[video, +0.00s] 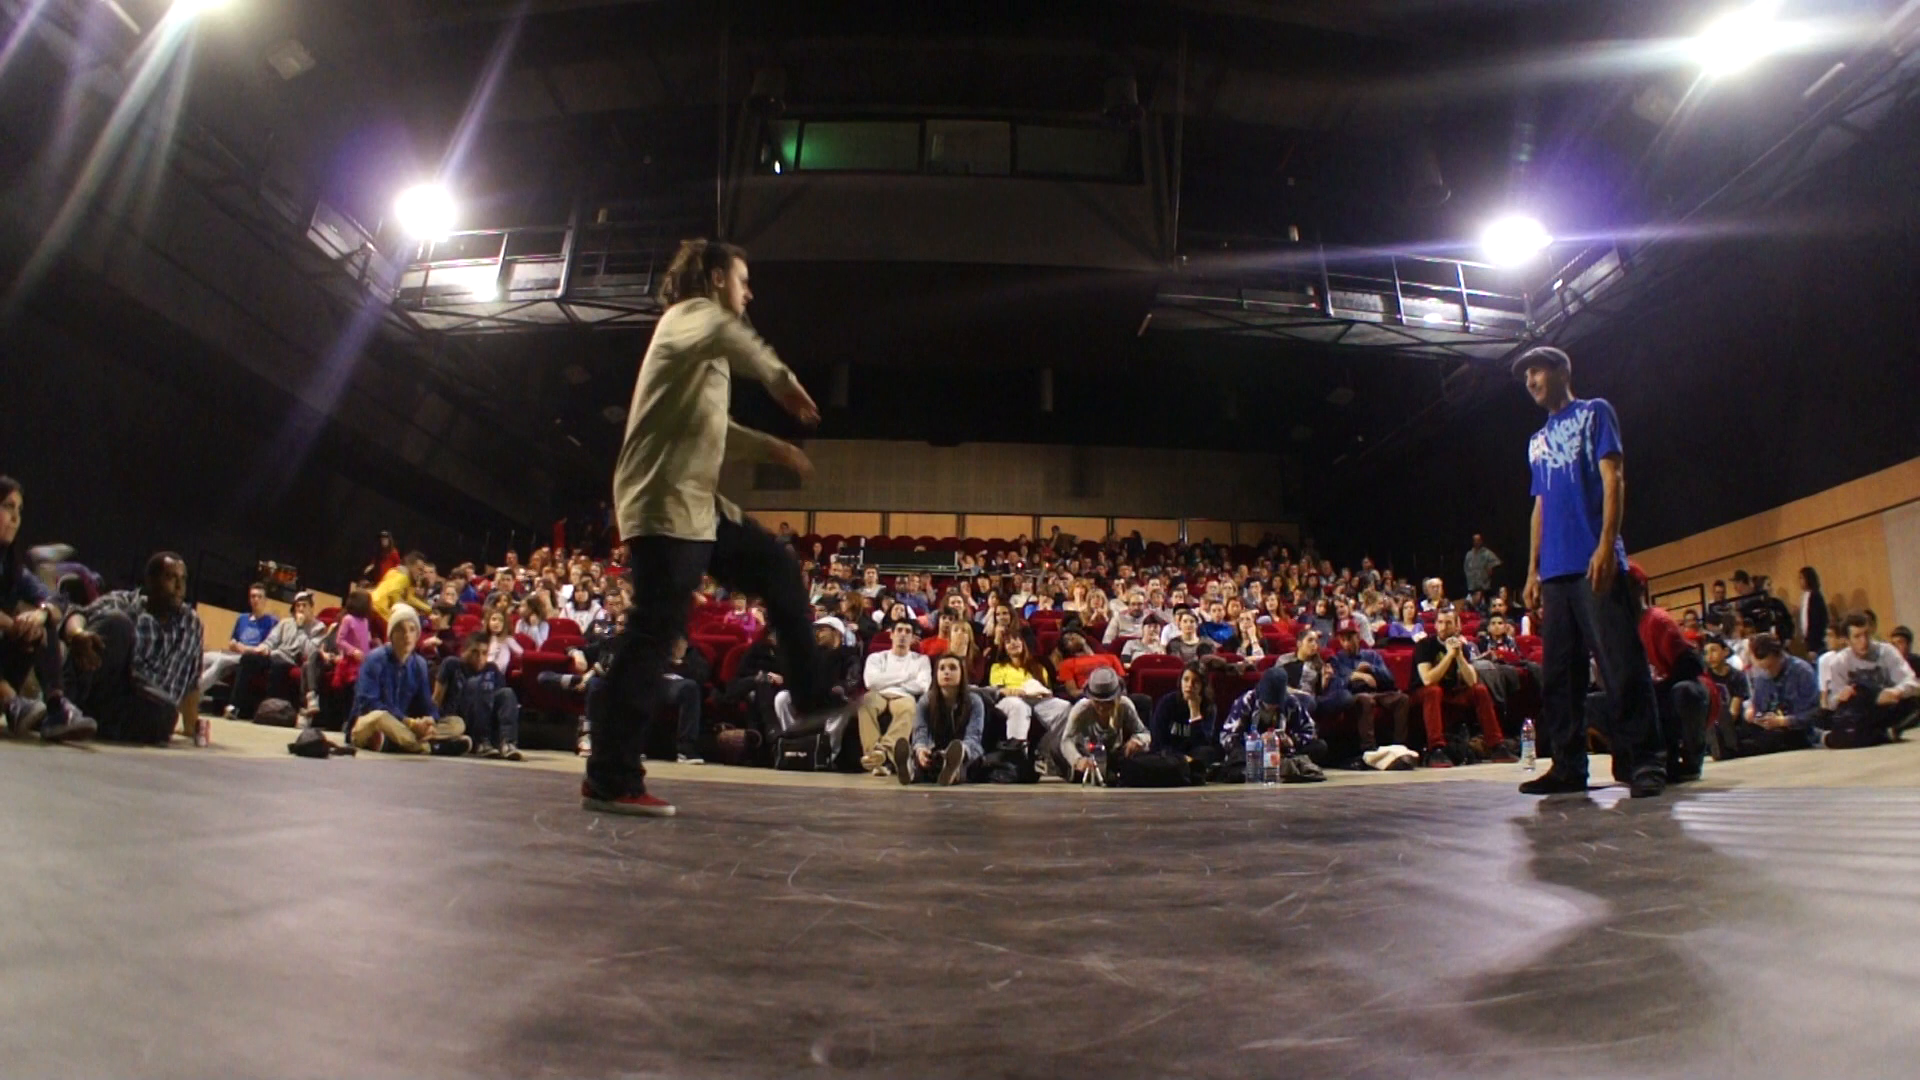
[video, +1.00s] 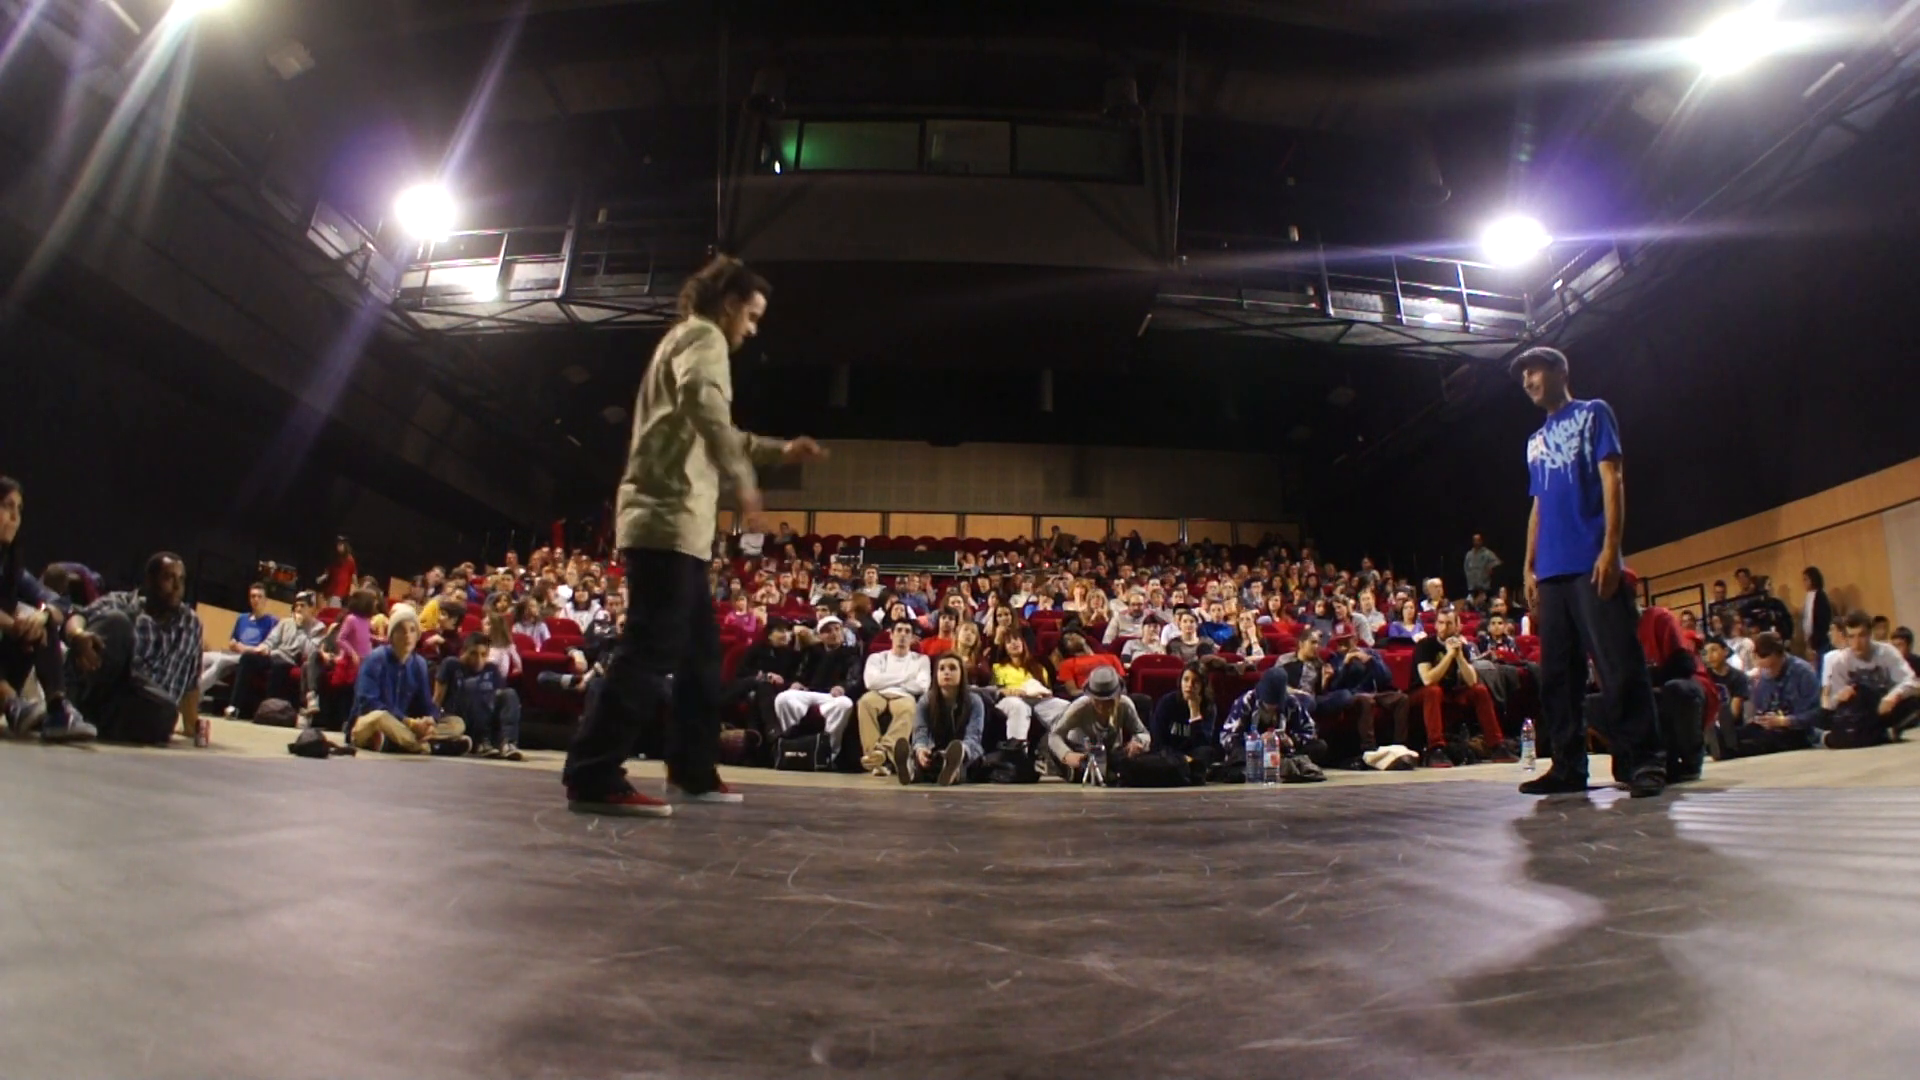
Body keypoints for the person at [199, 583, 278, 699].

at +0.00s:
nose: (256, 600)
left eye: (259, 597)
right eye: (253, 596)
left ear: (265, 600)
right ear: (249, 599)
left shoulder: (271, 621)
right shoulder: (242, 618)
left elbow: (266, 648)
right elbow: (233, 640)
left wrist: (243, 648)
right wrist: (236, 646)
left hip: (254, 656)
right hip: (235, 653)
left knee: (222, 661)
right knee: (204, 657)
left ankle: (195, 690)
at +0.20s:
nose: (256, 600)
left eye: (259, 596)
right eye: (253, 596)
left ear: (265, 599)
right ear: (249, 599)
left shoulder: (271, 621)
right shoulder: (242, 618)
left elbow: (266, 647)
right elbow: (233, 640)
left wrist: (243, 648)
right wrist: (237, 646)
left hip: (253, 656)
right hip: (235, 653)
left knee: (222, 662)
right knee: (204, 657)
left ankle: (194, 691)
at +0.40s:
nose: (256, 600)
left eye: (259, 596)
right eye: (253, 596)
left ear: (265, 599)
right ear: (249, 599)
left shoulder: (271, 621)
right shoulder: (242, 618)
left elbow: (266, 647)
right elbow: (233, 639)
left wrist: (244, 648)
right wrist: (235, 645)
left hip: (252, 656)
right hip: (234, 653)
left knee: (221, 661)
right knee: (203, 657)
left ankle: (195, 692)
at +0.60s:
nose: (256, 600)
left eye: (259, 596)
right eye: (253, 596)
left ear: (265, 599)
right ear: (249, 599)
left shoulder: (271, 621)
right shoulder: (242, 618)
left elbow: (265, 648)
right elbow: (233, 640)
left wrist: (243, 648)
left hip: (252, 656)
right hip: (234, 653)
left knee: (221, 661)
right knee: (204, 657)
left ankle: (195, 692)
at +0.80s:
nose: (256, 600)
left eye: (259, 596)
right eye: (253, 596)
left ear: (265, 600)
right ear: (249, 599)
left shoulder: (272, 622)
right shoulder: (242, 618)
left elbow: (264, 648)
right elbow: (233, 640)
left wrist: (241, 647)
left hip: (252, 655)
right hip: (234, 652)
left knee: (221, 661)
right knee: (204, 657)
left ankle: (194, 692)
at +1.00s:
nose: (256, 600)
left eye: (259, 596)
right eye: (253, 596)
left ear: (265, 600)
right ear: (249, 599)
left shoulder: (272, 622)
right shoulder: (242, 618)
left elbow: (266, 648)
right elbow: (233, 640)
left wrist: (243, 648)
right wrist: (235, 645)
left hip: (253, 656)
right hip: (235, 653)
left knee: (222, 661)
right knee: (203, 657)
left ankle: (194, 692)